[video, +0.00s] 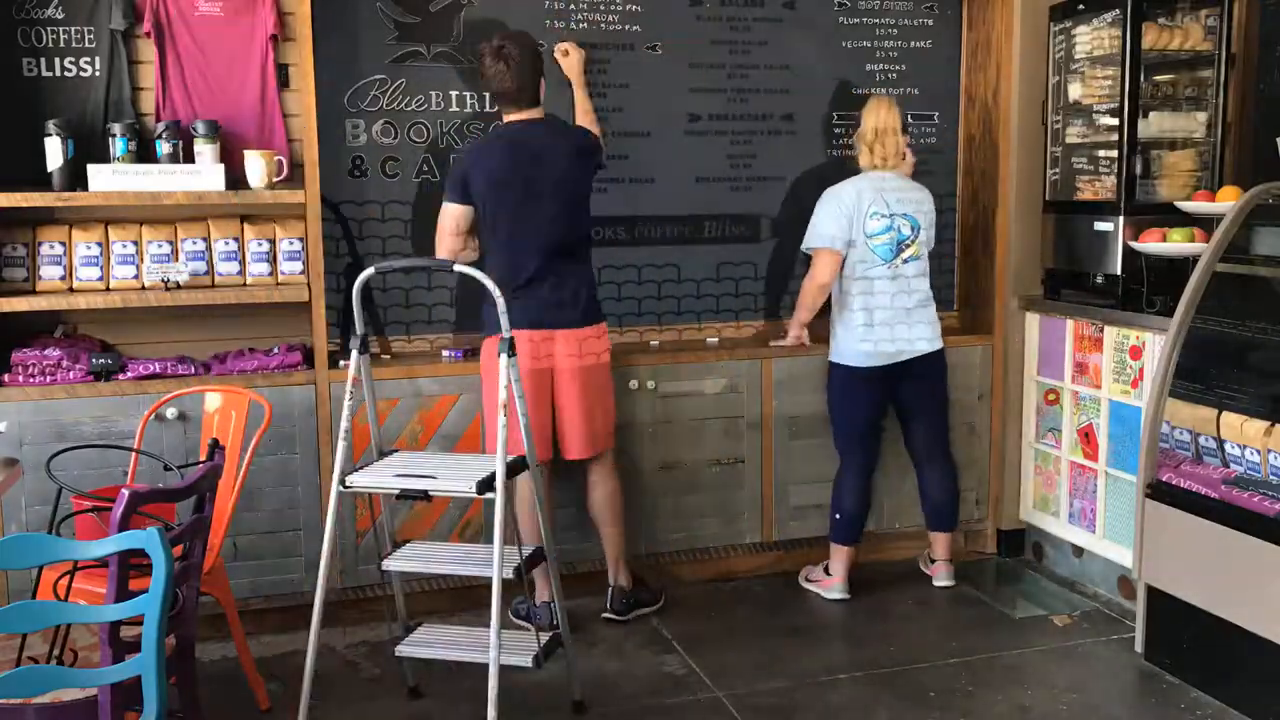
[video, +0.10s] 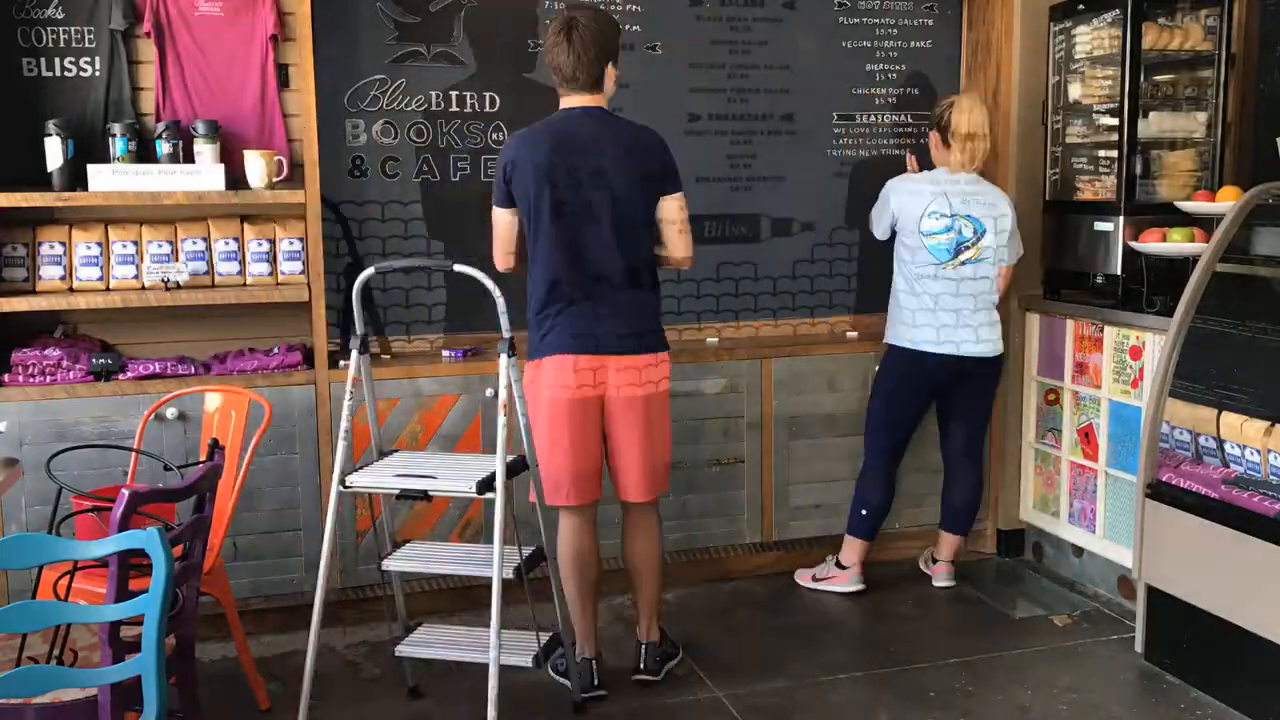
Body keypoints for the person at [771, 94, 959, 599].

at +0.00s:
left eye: (857, 133)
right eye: (904, 135)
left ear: (856, 140)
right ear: (901, 140)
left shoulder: (841, 197)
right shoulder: (922, 197)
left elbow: (823, 275)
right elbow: (918, 249)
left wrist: (799, 321)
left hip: (859, 356)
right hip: (922, 349)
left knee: (855, 462)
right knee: (933, 453)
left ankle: (836, 573)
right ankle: (942, 562)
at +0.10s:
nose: (927, 137)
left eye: (930, 131)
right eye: (933, 130)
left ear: (936, 138)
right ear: (981, 141)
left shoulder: (904, 189)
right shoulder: (1000, 202)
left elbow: (878, 230)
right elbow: (1000, 283)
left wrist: (912, 183)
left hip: (915, 350)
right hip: (979, 354)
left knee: (881, 454)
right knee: (964, 457)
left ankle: (848, 563)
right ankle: (944, 561)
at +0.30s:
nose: (925, 143)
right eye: (923, 135)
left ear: (872, 145)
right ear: (916, 143)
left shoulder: (866, 205)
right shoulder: (945, 196)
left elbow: (866, 291)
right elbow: (935, 221)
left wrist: (856, 330)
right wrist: (923, 178)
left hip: (897, 353)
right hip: (958, 349)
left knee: (899, 462)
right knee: (969, 451)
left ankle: (896, 573)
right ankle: (983, 562)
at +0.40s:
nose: (945, 138)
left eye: (949, 131)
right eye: (949, 131)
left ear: (959, 139)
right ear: (999, 140)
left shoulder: (928, 191)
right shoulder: (1019, 201)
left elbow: (886, 215)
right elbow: (1022, 277)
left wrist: (912, 180)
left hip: (934, 351)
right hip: (998, 352)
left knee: (916, 457)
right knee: (988, 454)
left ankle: (898, 571)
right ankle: (975, 562)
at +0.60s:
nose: (870, 141)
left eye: (874, 133)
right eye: (873, 132)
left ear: (892, 138)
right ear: (918, 142)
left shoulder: (855, 194)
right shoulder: (943, 202)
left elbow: (828, 280)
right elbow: (943, 275)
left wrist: (813, 330)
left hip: (871, 356)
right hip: (939, 352)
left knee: (849, 460)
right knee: (938, 457)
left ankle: (840, 574)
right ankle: (932, 565)